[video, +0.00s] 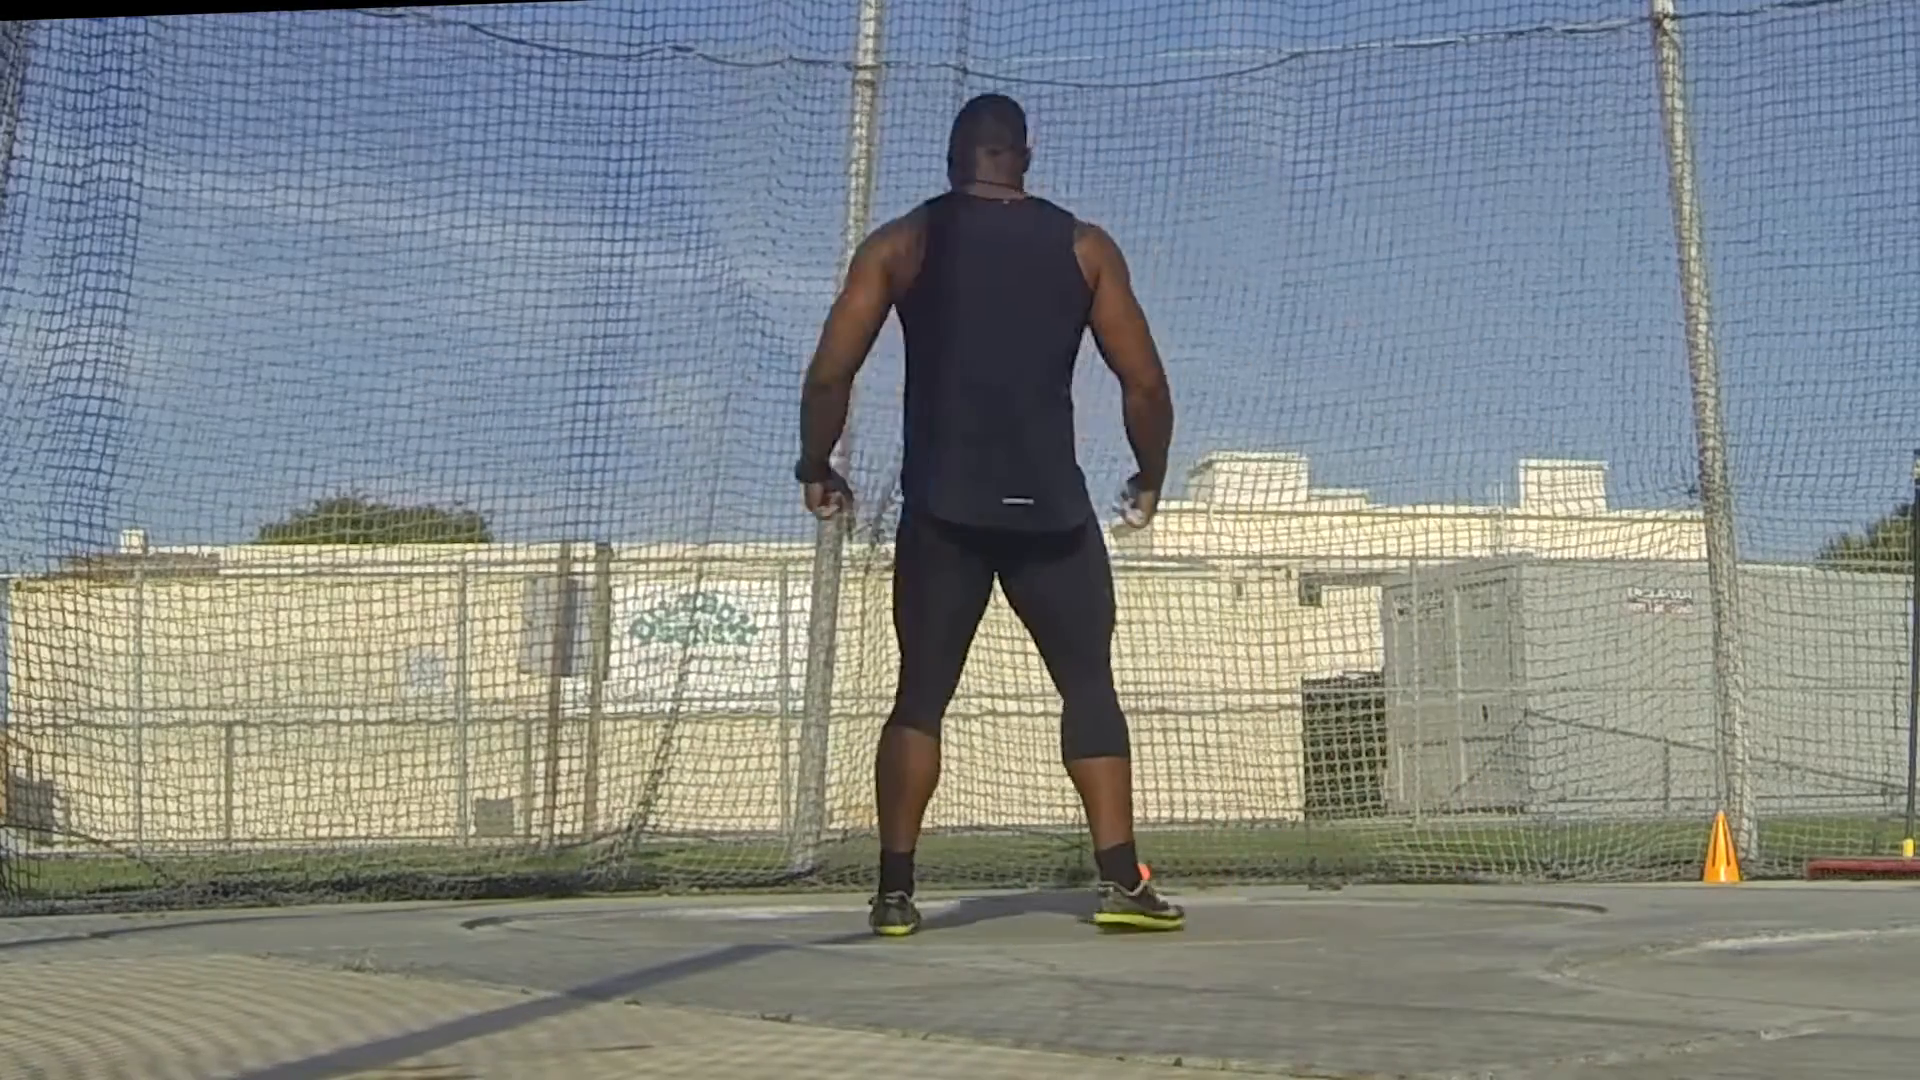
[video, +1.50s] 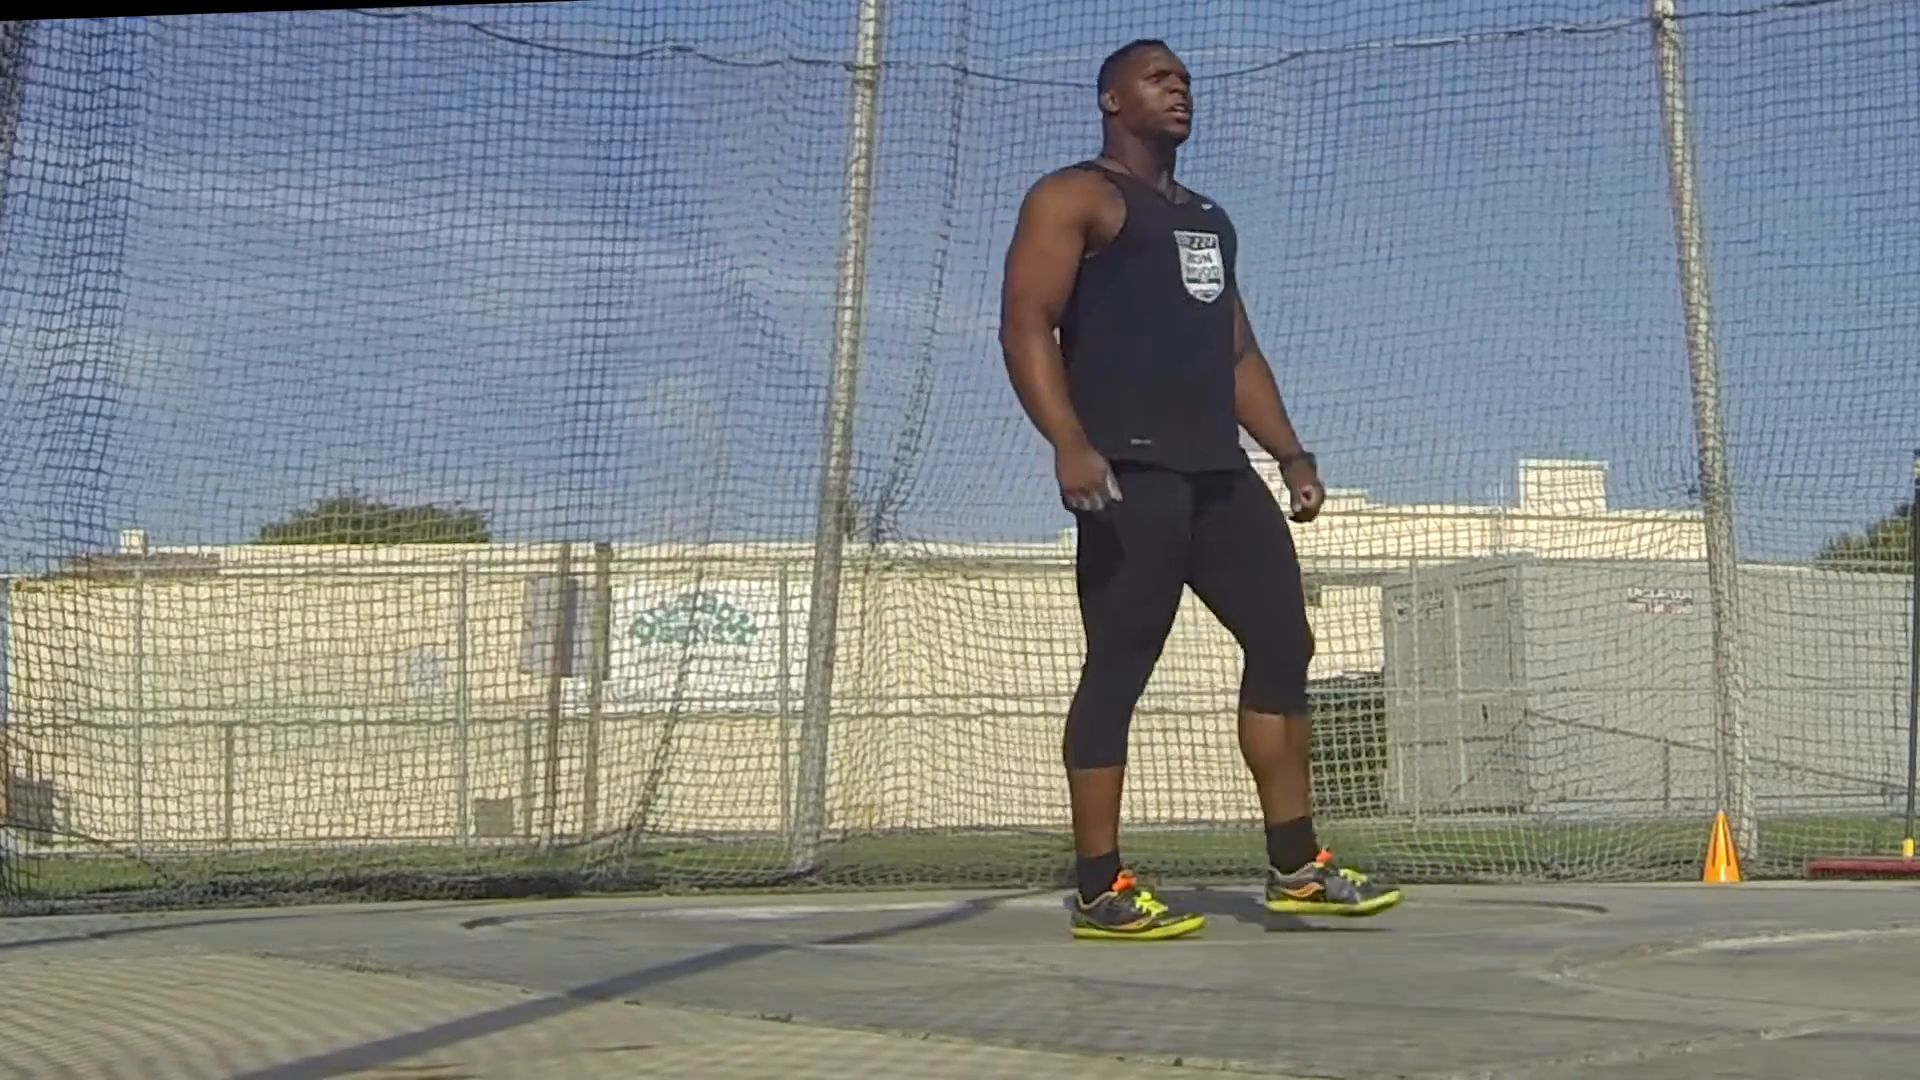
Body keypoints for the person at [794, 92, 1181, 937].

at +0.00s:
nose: (1001, 166)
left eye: (979, 153)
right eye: (1014, 153)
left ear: (949, 160)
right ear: (1026, 160)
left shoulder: (898, 243)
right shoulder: (1084, 244)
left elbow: (829, 374)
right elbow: (1145, 381)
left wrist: (816, 468)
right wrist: (1149, 474)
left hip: (940, 512)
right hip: (1049, 511)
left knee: (920, 698)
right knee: (1088, 687)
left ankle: (895, 891)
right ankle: (1122, 880)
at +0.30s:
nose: (921, 161)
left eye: (901, 150)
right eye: (939, 146)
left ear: (882, 157)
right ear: (959, 152)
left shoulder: (834, 233)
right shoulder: (1012, 214)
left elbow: (733, 321)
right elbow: (1122, 271)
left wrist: (660, 330)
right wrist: (1175, 281)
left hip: (900, 498)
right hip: (1007, 485)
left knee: (901, 691)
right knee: (1061, 665)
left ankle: (894, 892)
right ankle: (1098, 853)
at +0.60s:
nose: (985, 182)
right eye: (985, 171)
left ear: (902, 168)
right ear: (977, 168)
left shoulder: (835, 252)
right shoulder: (995, 236)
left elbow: (800, 385)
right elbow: (1028, 358)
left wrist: (826, 506)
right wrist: (1073, 486)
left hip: (888, 502)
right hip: (989, 490)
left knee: (897, 692)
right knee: (1049, 665)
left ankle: (892, 888)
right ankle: (1070, 867)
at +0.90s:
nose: (1051, 138)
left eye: (1050, 125)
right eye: (1034, 125)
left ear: (983, 151)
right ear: (983, 142)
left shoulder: (942, 237)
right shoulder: (987, 238)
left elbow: (945, 387)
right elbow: (1008, 380)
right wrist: (1098, 463)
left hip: (945, 497)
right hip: (1012, 493)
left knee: (928, 677)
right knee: (1051, 673)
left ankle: (875, 875)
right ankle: (1093, 881)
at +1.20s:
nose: (1119, 110)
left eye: (1122, 98)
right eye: (1099, 96)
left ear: (1122, 117)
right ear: (1051, 113)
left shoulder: (1113, 229)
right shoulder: (1024, 205)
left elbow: (1125, 362)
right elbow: (997, 340)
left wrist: (1188, 458)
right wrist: (1056, 460)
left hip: (1128, 478)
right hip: (1073, 478)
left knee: (1139, 651)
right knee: (1085, 661)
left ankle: (1004, 819)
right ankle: (1097, 884)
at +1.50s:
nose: (1180, 92)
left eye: (1184, 81)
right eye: (1159, 79)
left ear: (1186, 105)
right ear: (1111, 101)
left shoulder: (1206, 218)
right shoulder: (1071, 196)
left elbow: (1238, 351)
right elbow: (1024, 327)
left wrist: (1290, 451)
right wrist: (1070, 443)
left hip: (1220, 476)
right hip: (1127, 475)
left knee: (1281, 644)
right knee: (1114, 673)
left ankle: (1297, 866)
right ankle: (1099, 886)